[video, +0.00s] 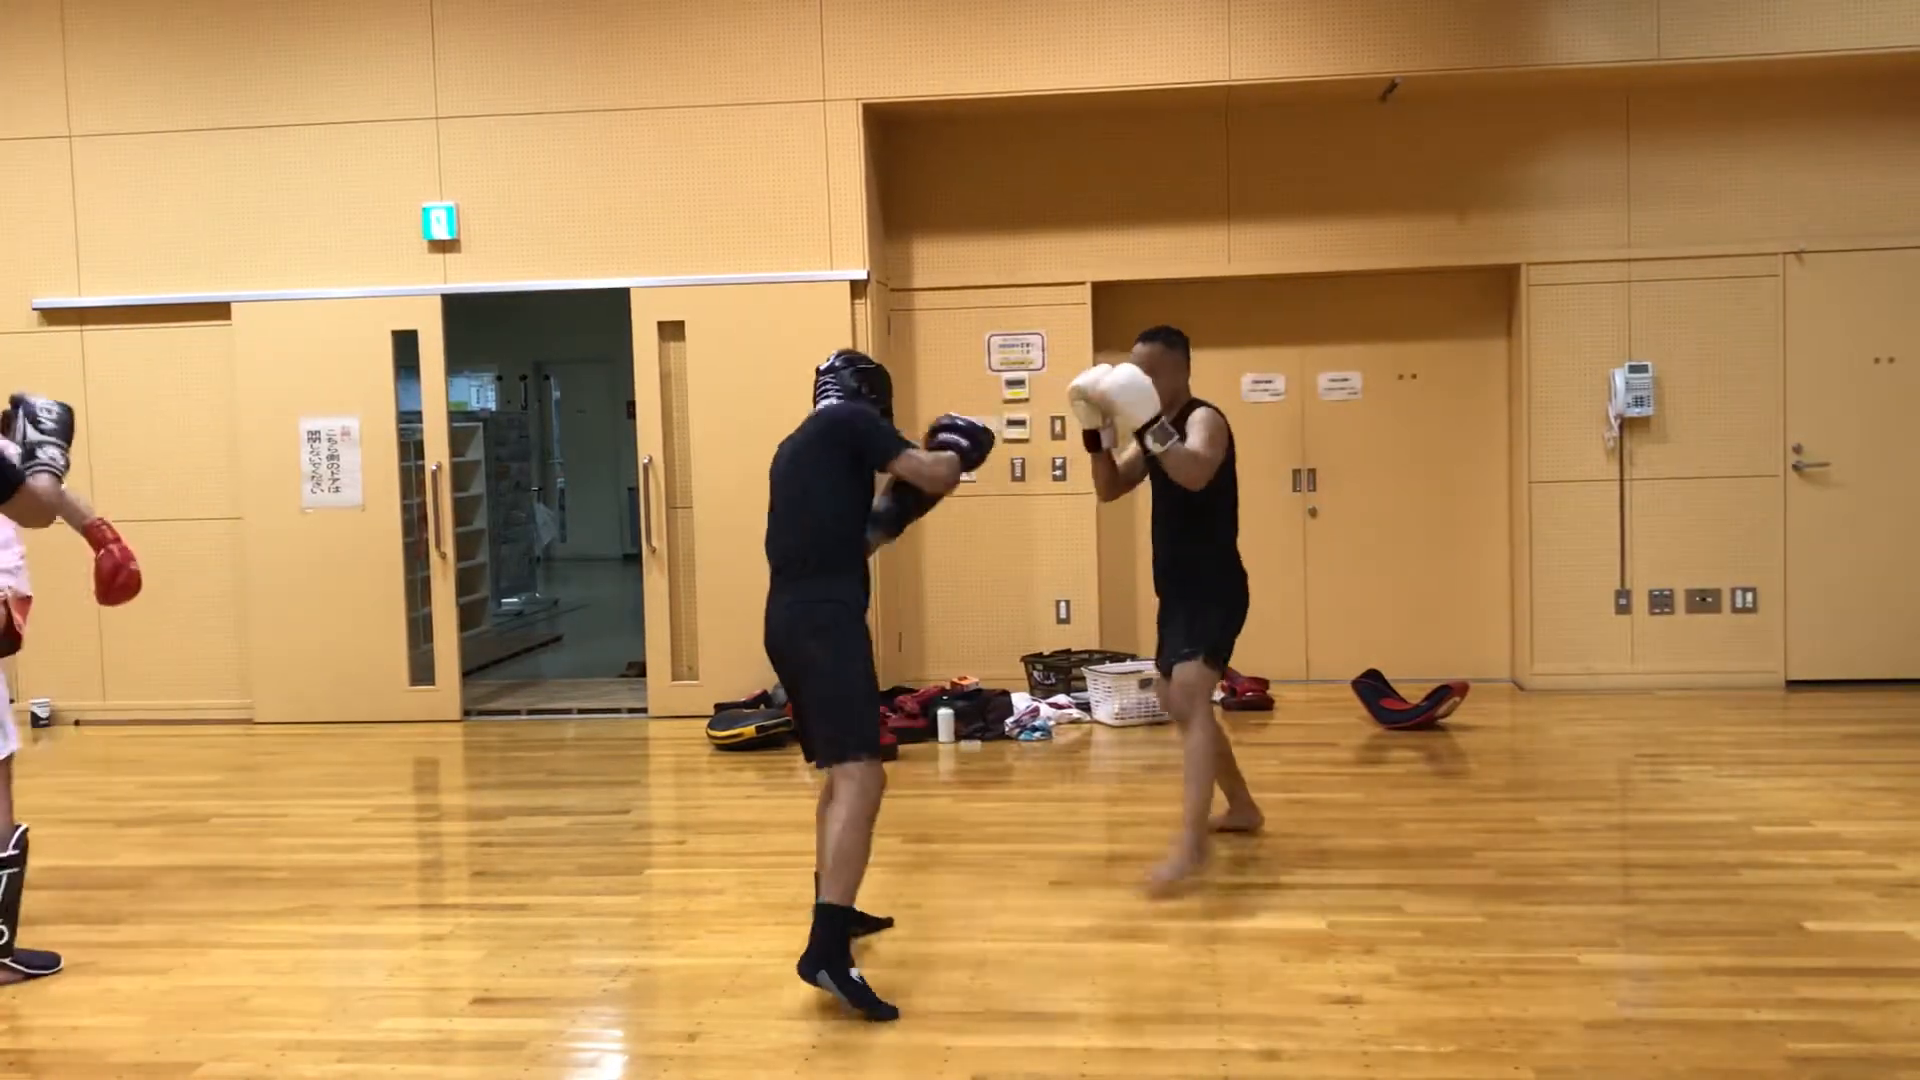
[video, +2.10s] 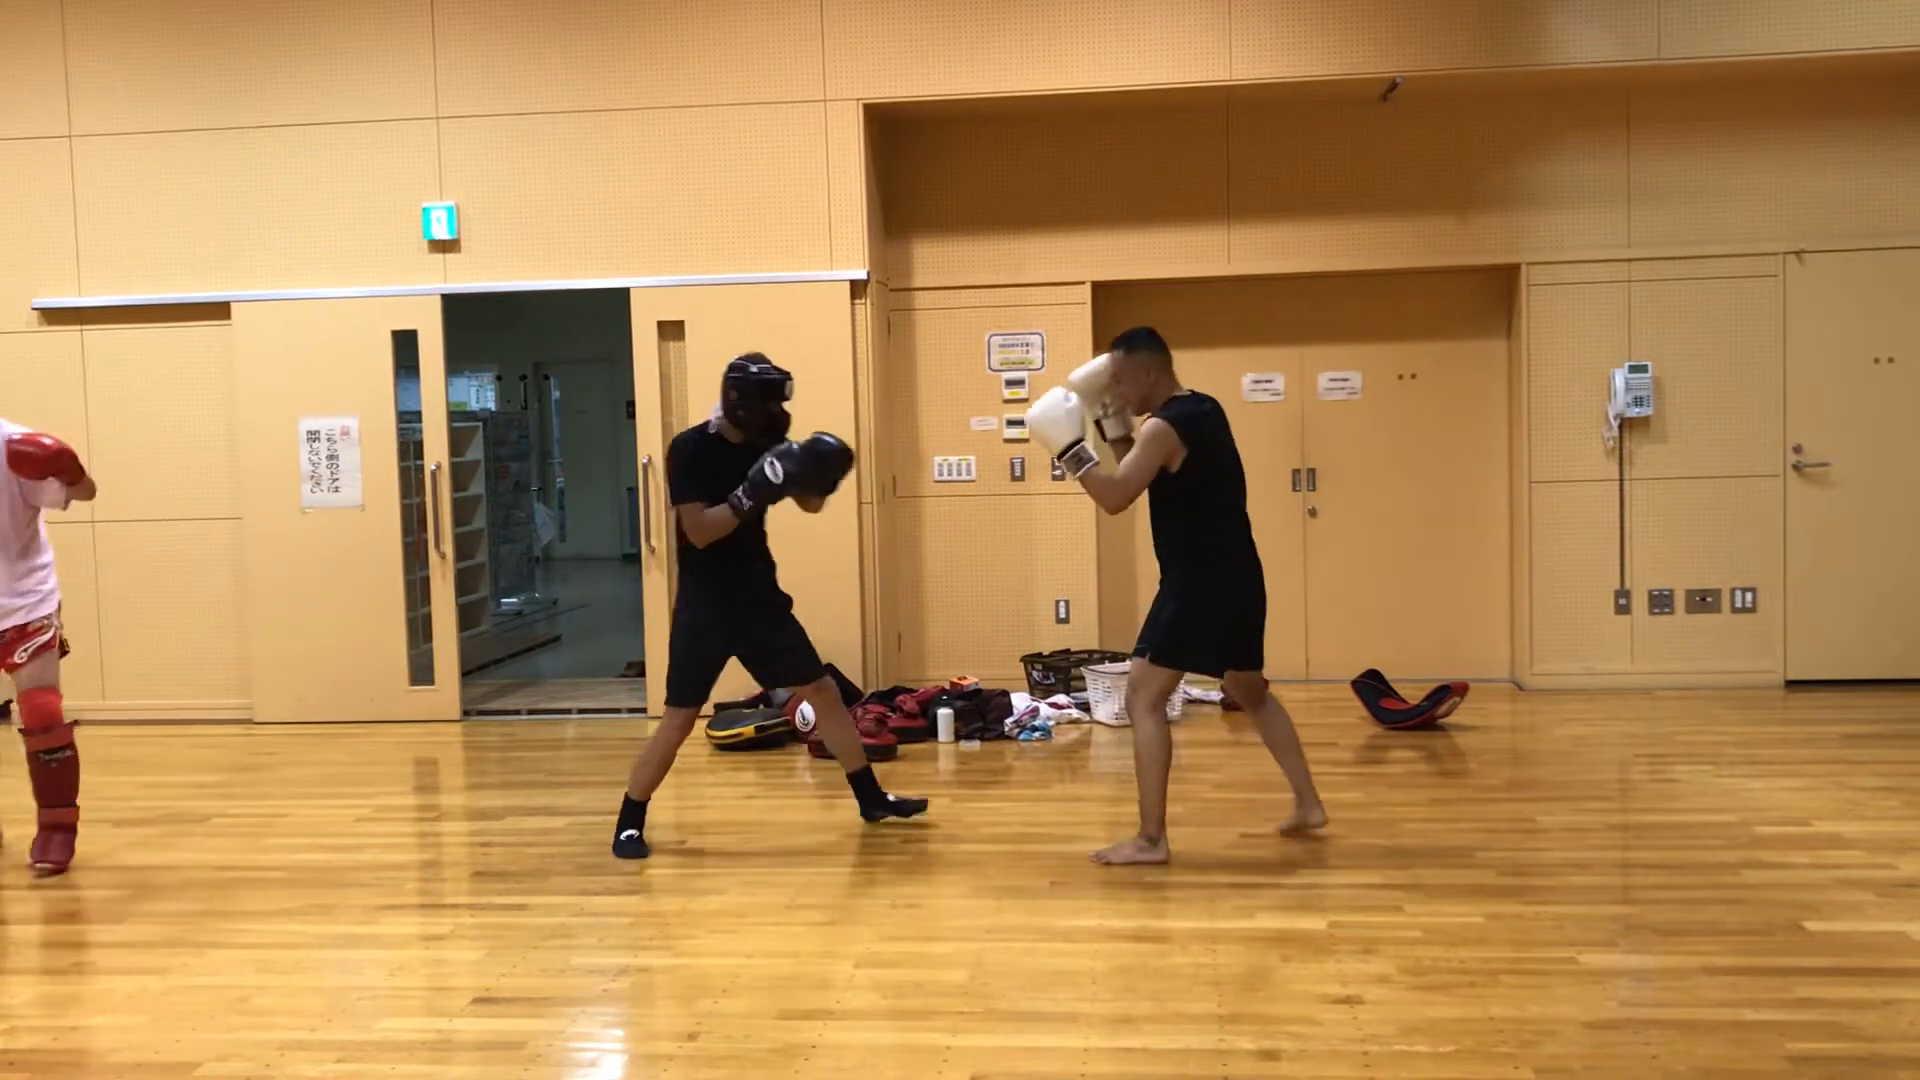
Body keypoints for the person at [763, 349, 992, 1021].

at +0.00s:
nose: (886, 415)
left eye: (884, 406)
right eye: (884, 404)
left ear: (824, 391)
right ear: (871, 393)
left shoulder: (794, 449)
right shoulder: (853, 419)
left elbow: (846, 547)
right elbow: (934, 479)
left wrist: (897, 508)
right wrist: (955, 447)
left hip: (794, 621)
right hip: (827, 621)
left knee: (841, 775)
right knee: (861, 778)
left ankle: (835, 909)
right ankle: (825, 951)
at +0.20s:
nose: (872, 396)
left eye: (870, 384)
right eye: (870, 382)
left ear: (823, 371)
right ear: (851, 375)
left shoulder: (807, 415)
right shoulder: (814, 407)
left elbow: (873, 463)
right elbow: (887, 457)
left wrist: (906, 423)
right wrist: (940, 420)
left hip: (796, 606)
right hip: (791, 607)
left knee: (837, 757)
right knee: (841, 757)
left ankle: (830, 908)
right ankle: (758, 912)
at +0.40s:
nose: (864, 411)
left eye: (866, 401)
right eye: (861, 399)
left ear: (820, 390)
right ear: (836, 393)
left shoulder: (805, 440)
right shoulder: (784, 432)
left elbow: (828, 516)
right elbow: (826, 520)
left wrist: (875, 469)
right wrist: (878, 471)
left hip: (798, 630)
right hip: (767, 633)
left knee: (860, 730)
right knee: (800, 776)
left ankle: (802, 844)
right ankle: (727, 924)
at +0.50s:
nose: (858, 409)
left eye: (862, 399)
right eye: (851, 396)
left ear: (854, 396)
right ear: (821, 385)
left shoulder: (833, 437)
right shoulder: (772, 430)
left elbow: (884, 474)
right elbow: (786, 514)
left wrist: (917, 431)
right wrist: (850, 476)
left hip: (796, 617)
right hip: (754, 616)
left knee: (828, 725)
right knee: (766, 753)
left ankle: (790, 849)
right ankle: (728, 919)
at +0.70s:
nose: (832, 406)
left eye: (839, 398)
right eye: (826, 394)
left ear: (842, 387)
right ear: (798, 377)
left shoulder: (827, 421)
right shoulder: (754, 418)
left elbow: (886, 448)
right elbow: (778, 504)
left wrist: (943, 408)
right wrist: (842, 463)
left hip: (781, 597)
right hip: (735, 597)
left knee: (809, 720)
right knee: (741, 736)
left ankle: (787, 854)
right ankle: (672, 858)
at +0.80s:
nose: (815, 415)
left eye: (822, 406)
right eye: (811, 401)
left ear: (829, 393)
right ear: (785, 377)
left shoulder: (810, 425)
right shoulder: (745, 418)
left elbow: (846, 475)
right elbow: (776, 504)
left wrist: (903, 435)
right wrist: (834, 461)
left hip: (778, 595)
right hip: (731, 595)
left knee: (804, 719)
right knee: (731, 733)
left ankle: (787, 853)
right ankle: (658, 833)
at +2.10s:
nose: (777, 416)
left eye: (779, 407)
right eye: (768, 407)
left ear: (773, 407)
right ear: (737, 403)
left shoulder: (770, 443)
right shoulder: (689, 449)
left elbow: (810, 504)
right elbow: (699, 532)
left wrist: (821, 469)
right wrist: (753, 491)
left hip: (760, 600)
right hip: (705, 605)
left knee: (822, 691)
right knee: (679, 719)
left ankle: (871, 800)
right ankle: (629, 824)